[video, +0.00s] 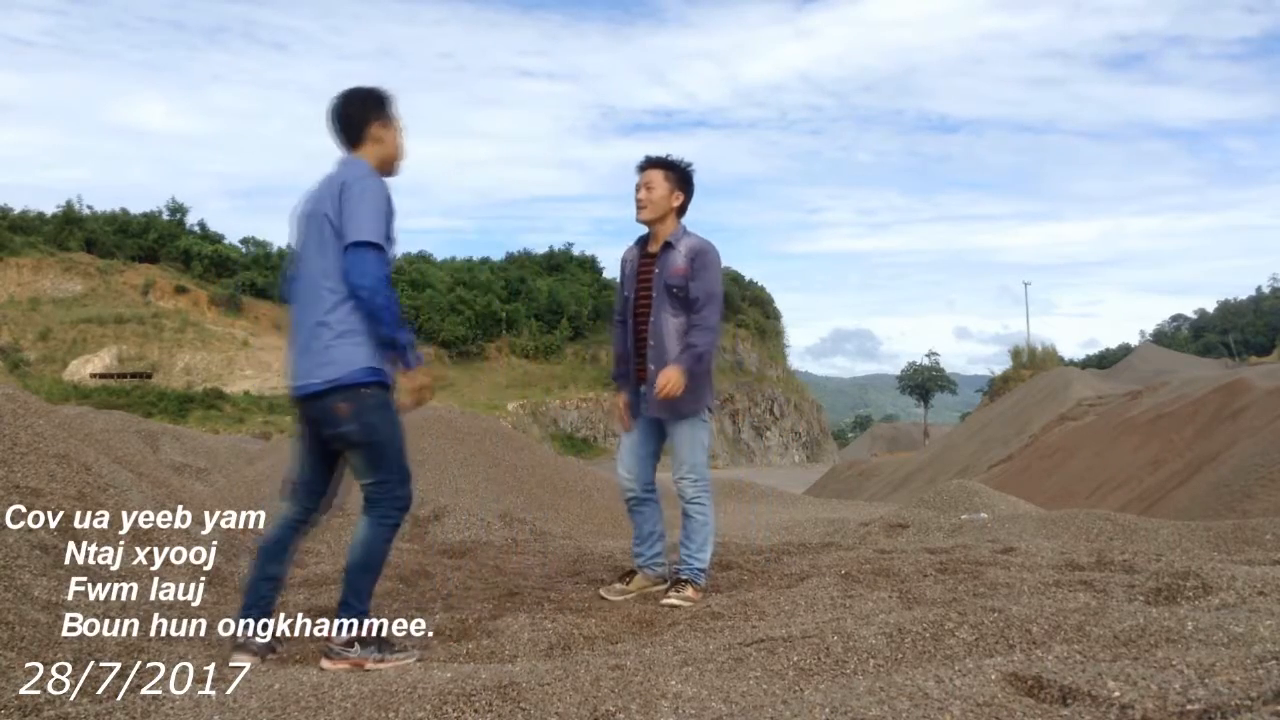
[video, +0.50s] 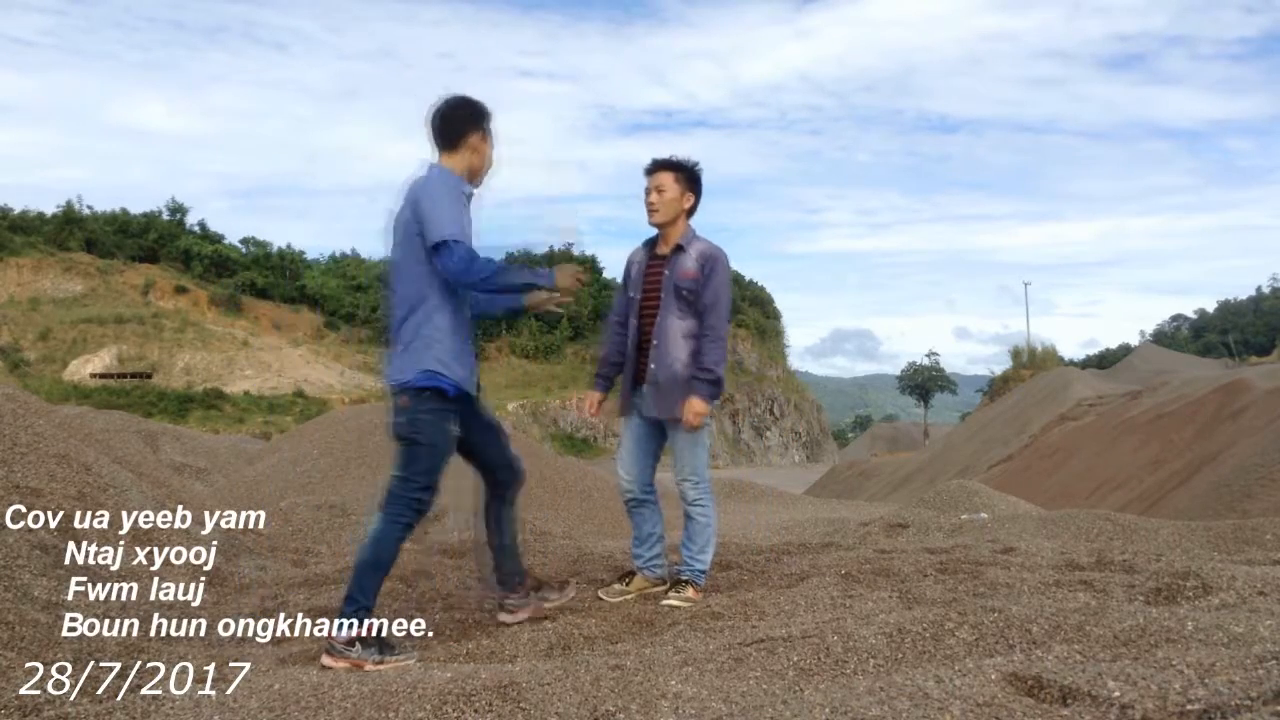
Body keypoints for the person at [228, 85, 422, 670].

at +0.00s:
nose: (402, 140)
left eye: (398, 129)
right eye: (395, 128)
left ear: (350, 135)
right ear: (375, 131)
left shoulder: (318, 197)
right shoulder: (362, 182)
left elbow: (293, 284)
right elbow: (366, 276)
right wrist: (406, 348)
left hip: (314, 384)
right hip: (353, 377)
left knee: (303, 502)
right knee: (388, 498)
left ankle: (251, 625)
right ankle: (351, 633)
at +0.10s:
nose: (419, 142)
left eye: (416, 130)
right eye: (415, 130)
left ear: (369, 133)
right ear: (397, 130)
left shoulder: (343, 189)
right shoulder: (372, 184)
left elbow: (355, 291)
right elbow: (379, 273)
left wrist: (411, 329)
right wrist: (451, 315)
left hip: (336, 379)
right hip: (367, 378)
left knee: (346, 502)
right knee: (391, 503)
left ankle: (267, 612)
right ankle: (350, 635)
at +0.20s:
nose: (432, 145)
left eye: (430, 133)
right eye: (429, 132)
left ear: (387, 129)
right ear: (411, 128)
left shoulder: (366, 181)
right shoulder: (379, 175)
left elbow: (407, 275)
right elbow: (406, 257)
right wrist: (489, 251)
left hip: (364, 371)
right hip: (377, 371)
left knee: (393, 488)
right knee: (390, 498)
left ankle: (306, 584)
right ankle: (349, 636)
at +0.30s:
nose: (451, 143)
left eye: (451, 134)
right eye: (450, 133)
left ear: (402, 128)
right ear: (436, 129)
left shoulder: (384, 175)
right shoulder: (396, 172)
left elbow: (403, 254)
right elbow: (439, 236)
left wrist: (447, 216)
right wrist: (518, 189)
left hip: (388, 367)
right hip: (391, 369)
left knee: (445, 469)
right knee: (389, 503)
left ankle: (383, 578)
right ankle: (348, 637)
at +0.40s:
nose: (472, 147)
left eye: (470, 136)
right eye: (469, 136)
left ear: (429, 132)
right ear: (452, 133)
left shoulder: (411, 180)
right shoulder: (416, 175)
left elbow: (443, 249)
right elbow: (454, 241)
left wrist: (461, 225)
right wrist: (530, 195)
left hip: (418, 375)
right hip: (405, 374)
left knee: (480, 465)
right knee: (394, 504)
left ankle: (440, 586)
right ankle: (348, 634)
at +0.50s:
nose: (491, 156)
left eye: (489, 144)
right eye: (489, 143)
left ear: (448, 141)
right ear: (474, 140)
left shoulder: (434, 197)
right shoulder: (438, 186)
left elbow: (459, 297)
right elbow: (457, 265)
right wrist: (544, 277)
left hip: (446, 380)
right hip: (428, 377)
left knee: (504, 472)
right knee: (406, 503)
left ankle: (514, 592)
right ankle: (349, 631)